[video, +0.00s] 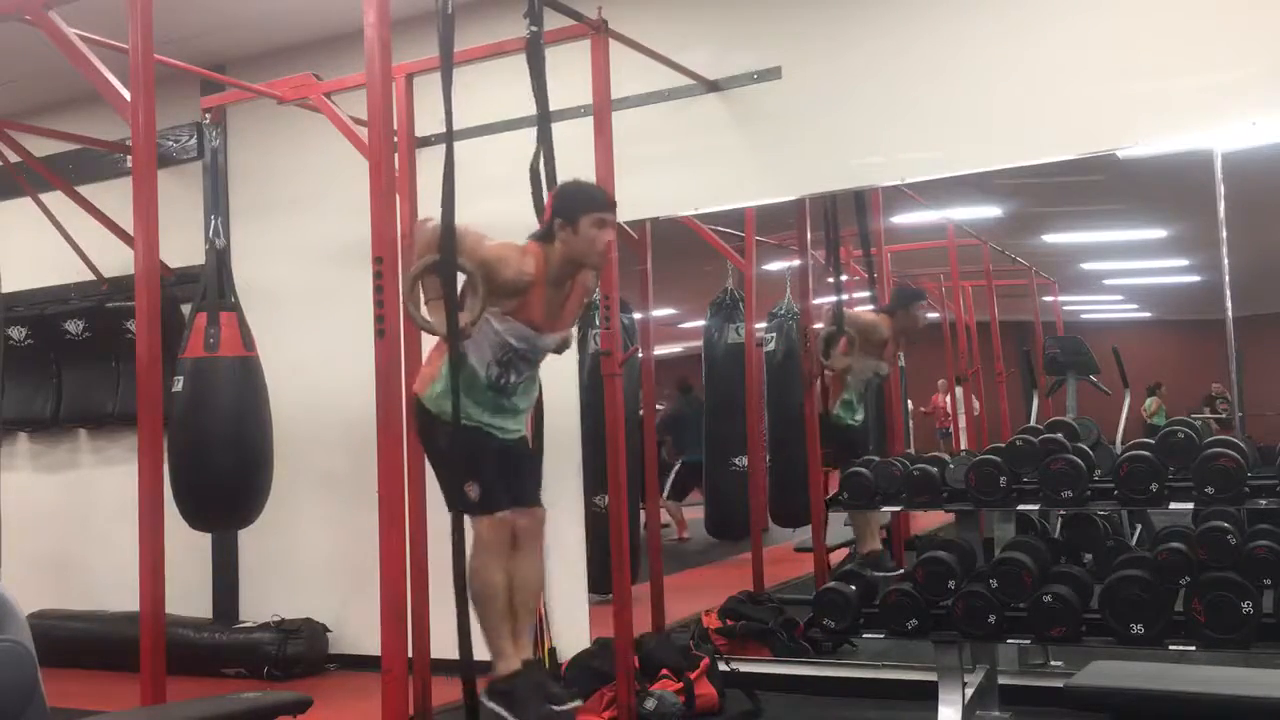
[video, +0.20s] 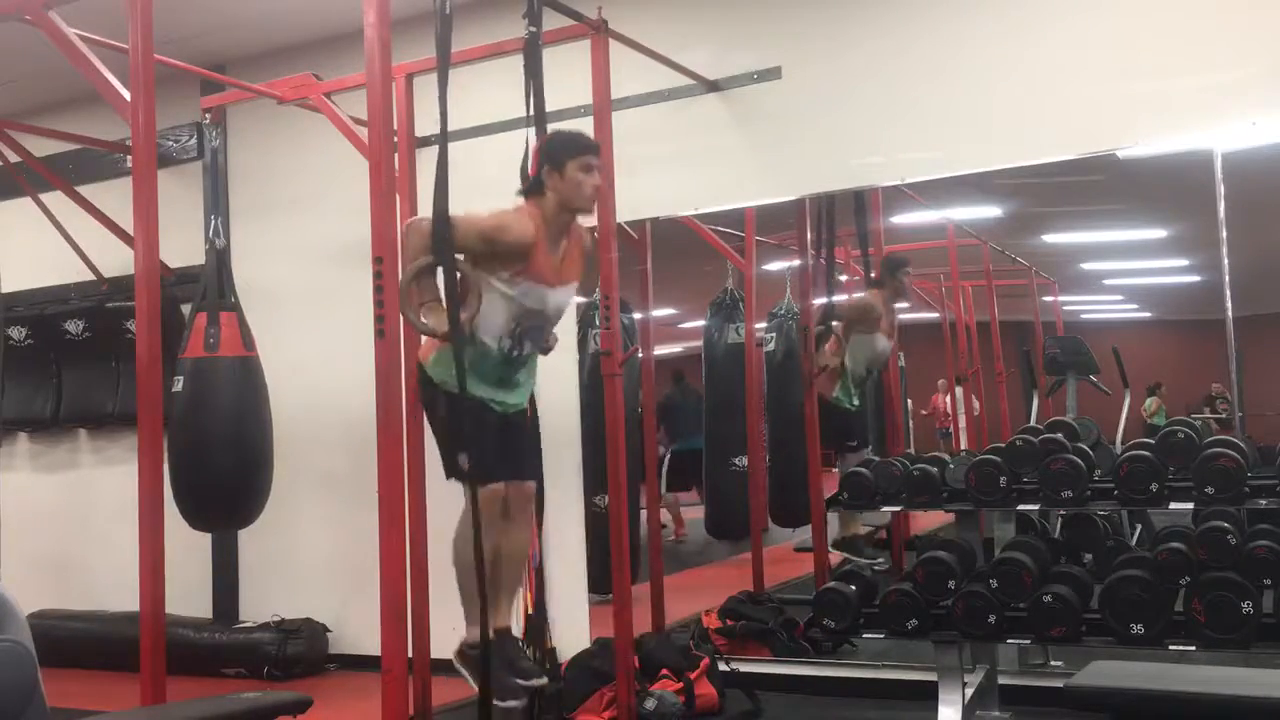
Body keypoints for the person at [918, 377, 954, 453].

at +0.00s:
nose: (942, 388)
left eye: (944, 385)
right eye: (940, 386)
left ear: (947, 386)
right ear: (938, 387)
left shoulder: (949, 396)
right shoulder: (935, 397)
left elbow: (953, 408)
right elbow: (932, 409)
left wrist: (952, 416)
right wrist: (925, 410)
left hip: (949, 422)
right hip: (939, 422)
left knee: (950, 439)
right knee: (941, 440)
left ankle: (951, 453)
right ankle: (943, 453)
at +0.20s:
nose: (942, 388)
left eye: (944, 386)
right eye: (941, 386)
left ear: (947, 386)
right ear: (938, 387)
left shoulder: (949, 396)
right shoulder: (935, 397)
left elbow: (953, 408)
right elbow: (932, 410)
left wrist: (951, 417)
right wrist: (926, 413)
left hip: (949, 422)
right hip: (939, 423)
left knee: (950, 439)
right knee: (941, 440)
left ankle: (952, 453)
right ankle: (943, 454)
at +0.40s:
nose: (942, 387)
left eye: (944, 385)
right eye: (940, 386)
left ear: (946, 386)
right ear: (938, 387)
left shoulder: (949, 396)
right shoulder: (935, 397)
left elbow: (953, 409)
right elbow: (933, 411)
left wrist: (950, 417)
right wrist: (927, 413)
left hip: (949, 422)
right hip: (940, 423)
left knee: (952, 438)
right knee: (941, 440)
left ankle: (953, 452)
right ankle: (943, 453)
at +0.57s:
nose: (942, 388)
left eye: (944, 385)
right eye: (940, 386)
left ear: (946, 386)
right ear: (938, 387)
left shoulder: (949, 396)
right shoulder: (935, 397)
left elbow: (953, 409)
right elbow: (933, 410)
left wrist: (949, 417)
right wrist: (927, 413)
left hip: (949, 422)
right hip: (940, 422)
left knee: (951, 438)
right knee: (942, 440)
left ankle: (953, 453)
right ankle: (943, 453)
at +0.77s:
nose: (942, 389)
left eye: (944, 386)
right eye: (941, 387)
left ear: (946, 387)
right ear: (938, 387)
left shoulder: (949, 396)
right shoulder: (935, 397)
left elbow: (953, 409)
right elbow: (932, 410)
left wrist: (951, 417)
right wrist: (926, 413)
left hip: (949, 422)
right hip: (940, 422)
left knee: (952, 438)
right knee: (941, 440)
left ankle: (954, 452)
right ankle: (944, 453)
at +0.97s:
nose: (942, 389)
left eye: (944, 387)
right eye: (941, 387)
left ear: (946, 387)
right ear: (938, 387)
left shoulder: (949, 396)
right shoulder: (935, 397)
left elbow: (953, 408)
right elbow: (932, 409)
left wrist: (950, 417)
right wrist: (926, 413)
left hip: (949, 422)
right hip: (940, 423)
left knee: (951, 439)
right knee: (942, 440)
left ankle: (953, 452)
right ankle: (944, 453)